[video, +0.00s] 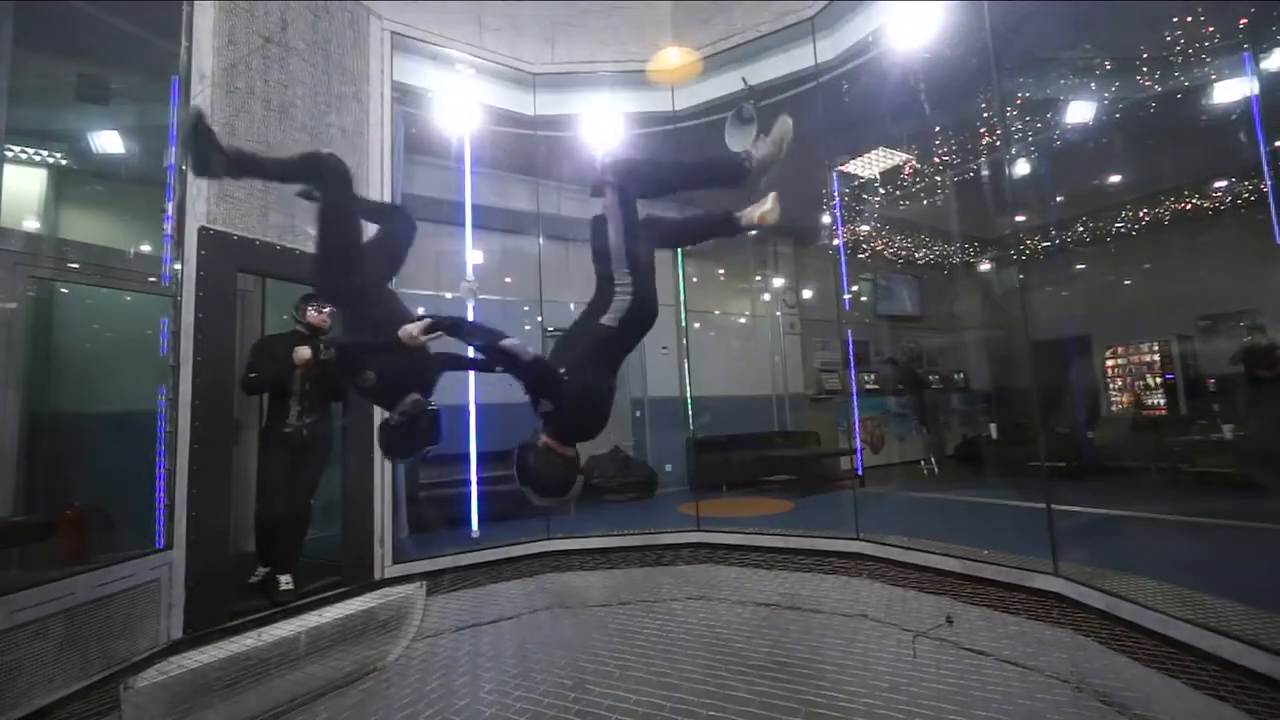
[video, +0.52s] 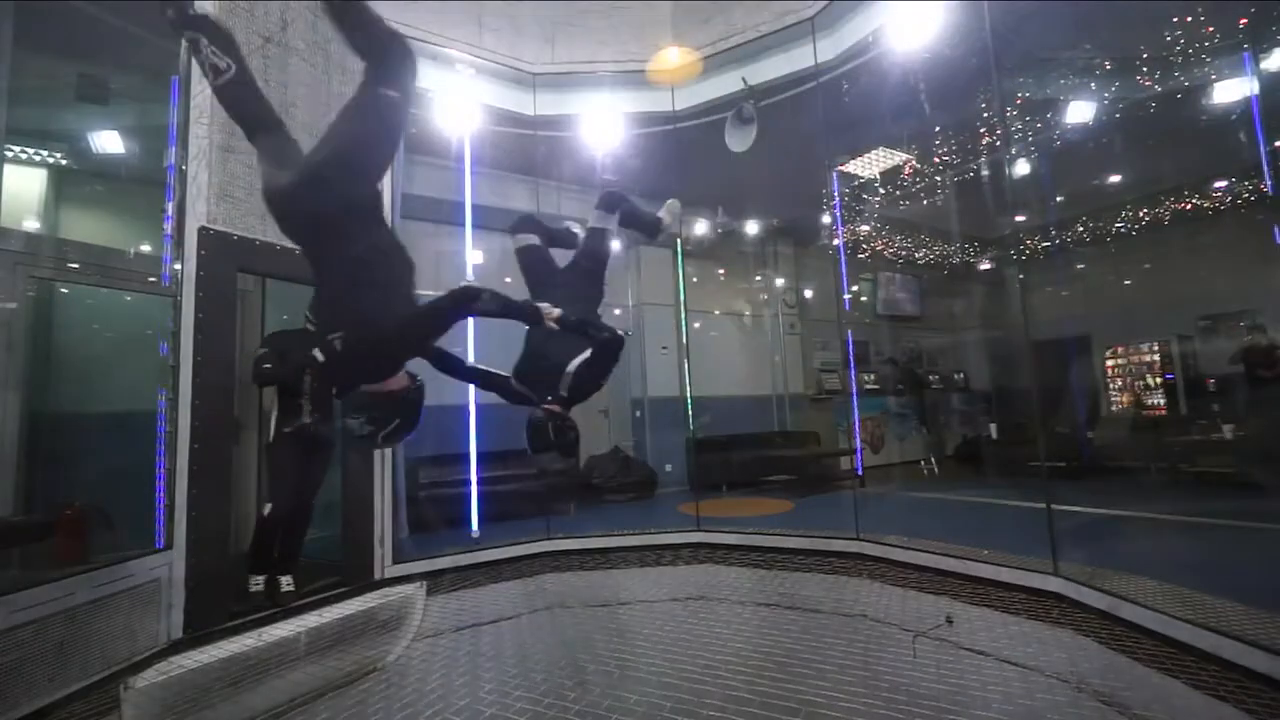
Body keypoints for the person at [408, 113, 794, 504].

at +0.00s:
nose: (566, 466)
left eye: (560, 469)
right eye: (565, 469)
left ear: (543, 450)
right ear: (559, 455)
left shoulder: (556, 414)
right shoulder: (576, 413)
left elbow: (497, 361)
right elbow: (508, 352)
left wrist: (436, 358)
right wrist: (438, 326)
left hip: (620, 305)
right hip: (628, 301)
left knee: (641, 230)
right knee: (615, 170)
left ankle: (741, 221)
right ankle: (747, 164)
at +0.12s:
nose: (543, 436)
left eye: (538, 443)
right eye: (546, 443)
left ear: (546, 440)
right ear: (560, 444)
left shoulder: (565, 413)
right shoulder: (574, 403)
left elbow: (513, 376)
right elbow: (521, 338)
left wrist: (474, 355)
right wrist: (462, 323)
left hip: (612, 310)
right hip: (623, 301)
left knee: (622, 232)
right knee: (625, 187)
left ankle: (713, 231)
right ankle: (739, 185)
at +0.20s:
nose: (546, 433)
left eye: (544, 443)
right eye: (554, 447)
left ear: (544, 432)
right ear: (567, 439)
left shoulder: (550, 405)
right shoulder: (582, 398)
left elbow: (510, 378)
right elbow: (540, 332)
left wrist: (468, 359)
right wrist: (477, 319)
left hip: (591, 311)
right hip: (619, 307)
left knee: (605, 239)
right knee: (625, 188)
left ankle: (686, 234)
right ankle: (728, 196)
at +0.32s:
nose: (560, 428)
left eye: (555, 434)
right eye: (564, 435)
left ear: (547, 428)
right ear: (568, 429)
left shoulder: (540, 397)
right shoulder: (585, 391)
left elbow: (488, 374)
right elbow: (577, 333)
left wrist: (446, 355)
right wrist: (512, 318)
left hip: (573, 308)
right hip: (602, 312)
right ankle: (706, 210)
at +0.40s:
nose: (554, 420)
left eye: (551, 425)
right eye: (560, 427)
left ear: (548, 422)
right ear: (567, 423)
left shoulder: (531, 400)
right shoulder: (585, 393)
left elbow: (480, 373)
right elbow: (600, 340)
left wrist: (437, 352)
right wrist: (536, 322)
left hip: (560, 316)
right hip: (592, 316)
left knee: (550, 231)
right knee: (607, 247)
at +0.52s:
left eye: (556, 431)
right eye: (559, 432)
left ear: (546, 420)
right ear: (563, 416)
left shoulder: (522, 394)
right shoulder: (581, 388)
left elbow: (470, 372)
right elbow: (614, 340)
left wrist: (428, 351)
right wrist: (567, 321)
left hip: (544, 299)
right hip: (581, 306)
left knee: (521, 227)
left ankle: (573, 239)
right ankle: (658, 227)